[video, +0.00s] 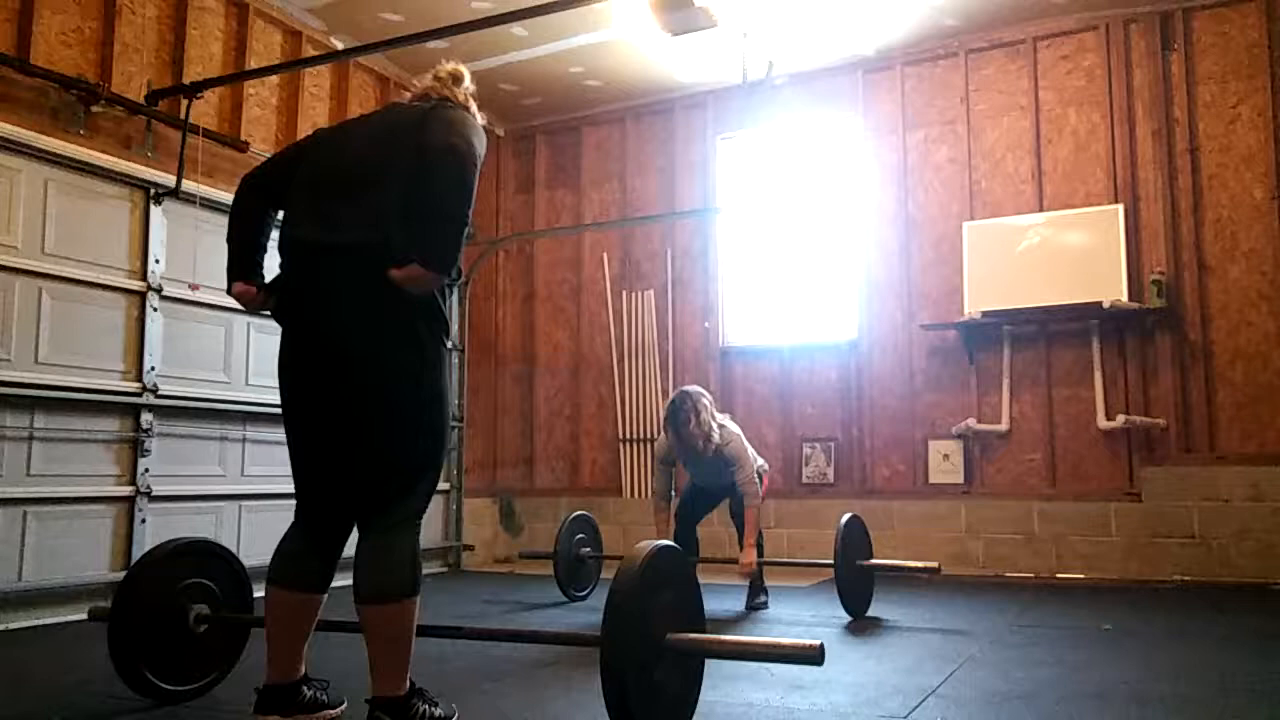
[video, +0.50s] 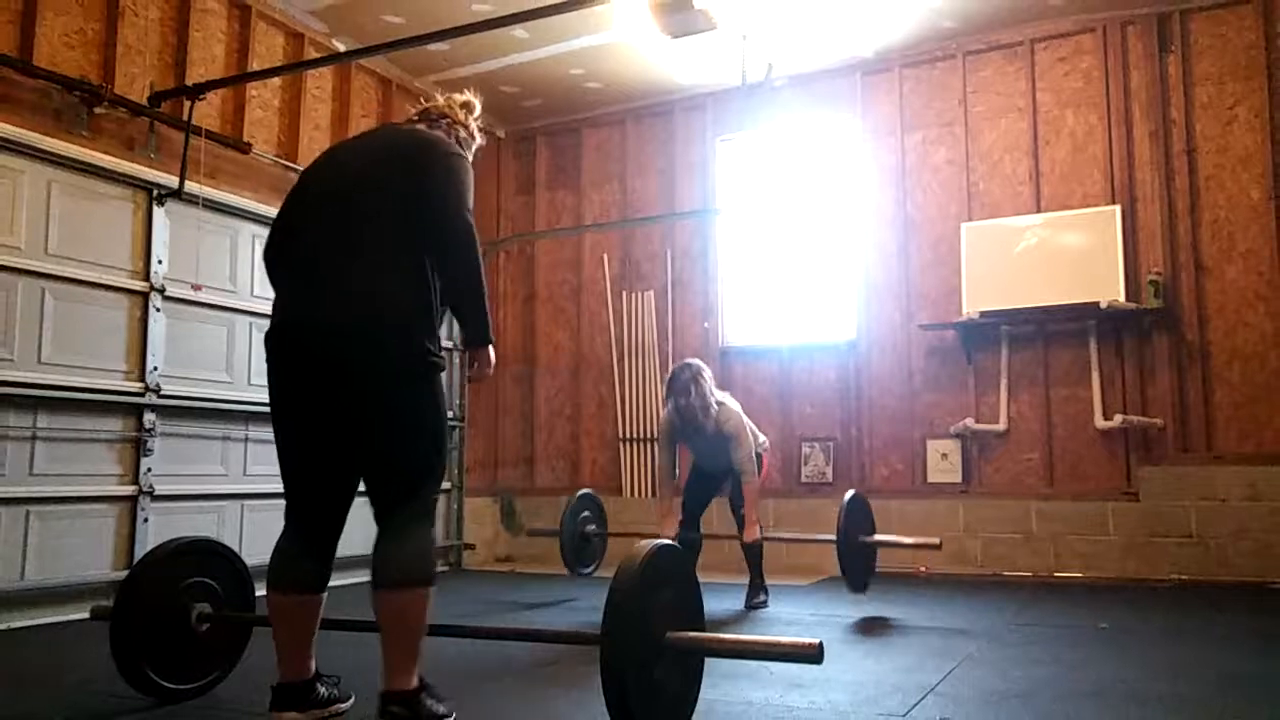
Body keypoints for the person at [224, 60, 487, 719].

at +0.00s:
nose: (475, 132)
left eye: (474, 124)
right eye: (475, 122)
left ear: (411, 96)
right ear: (463, 106)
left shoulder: (342, 135)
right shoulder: (457, 122)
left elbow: (257, 186)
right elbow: (450, 163)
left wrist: (244, 272)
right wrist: (436, 260)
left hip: (308, 329)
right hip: (396, 330)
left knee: (321, 508)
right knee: (394, 514)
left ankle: (281, 687)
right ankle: (392, 699)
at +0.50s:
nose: (469, 161)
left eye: (473, 154)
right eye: (471, 153)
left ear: (416, 120)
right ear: (458, 135)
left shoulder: (336, 155)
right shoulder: (442, 155)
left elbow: (278, 245)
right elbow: (453, 237)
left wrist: (308, 320)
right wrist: (479, 335)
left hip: (299, 350)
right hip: (392, 352)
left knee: (310, 512)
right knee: (407, 512)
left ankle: (294, 684)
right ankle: (402, 689)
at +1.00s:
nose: (480, 153)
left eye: (482, 147)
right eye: (483, 146)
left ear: (424, 115)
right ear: (471, 132)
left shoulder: (343, 156)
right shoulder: (462, 158)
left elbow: (307, 262)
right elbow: (490, 259)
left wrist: (326, 346)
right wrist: (504, 357)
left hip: (329, 362)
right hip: (421, 365)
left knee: (333, 516)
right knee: (429, 521)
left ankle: (299, 682)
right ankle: (427, 694)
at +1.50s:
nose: (513, 313)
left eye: (514, 304)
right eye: (515, 303)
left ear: (464, 276)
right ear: (508, 296)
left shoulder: (407, 284)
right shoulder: (492, 328)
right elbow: (493, 449)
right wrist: (494, 538)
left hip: (266, 351)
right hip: (373, 371)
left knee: (314, 521)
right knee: (413, 529)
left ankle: (297, 686)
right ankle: (424, 696)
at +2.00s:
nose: (510, 386)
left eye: (513, 380)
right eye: (511, 379)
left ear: (467, 341)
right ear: (502, 364)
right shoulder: (490, 387)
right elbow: (496, 513)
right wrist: (495, 605)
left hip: (251, 386)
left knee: (334, 520)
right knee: (430, 528)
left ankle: (298, 685)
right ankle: (426, 694)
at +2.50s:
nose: (494, 267)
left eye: (494, 259)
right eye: (493, 259)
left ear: (442, 234)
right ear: (485, 252)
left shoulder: (385, 254)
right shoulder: (475, 275)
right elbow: (497, 366)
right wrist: (494, 472)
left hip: (255, 345)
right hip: (357, 362)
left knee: (308, 518)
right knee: (407, 524)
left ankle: (294, 685)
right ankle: (424, 696)